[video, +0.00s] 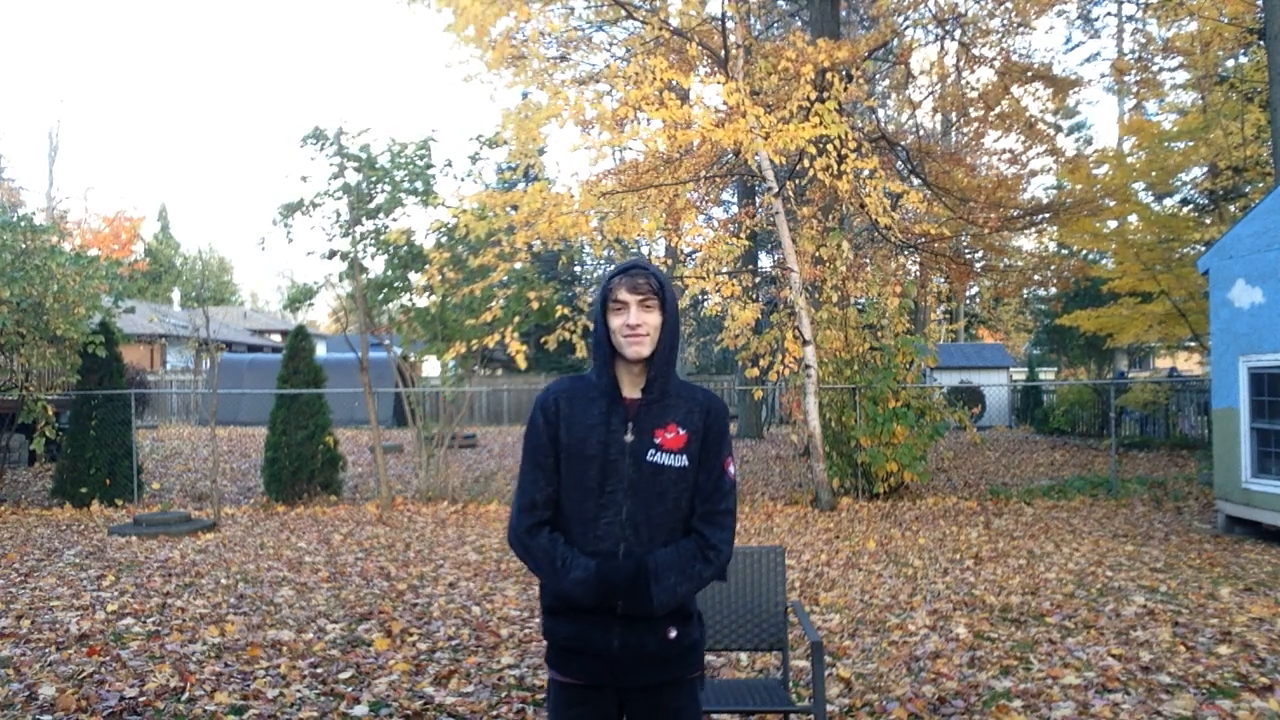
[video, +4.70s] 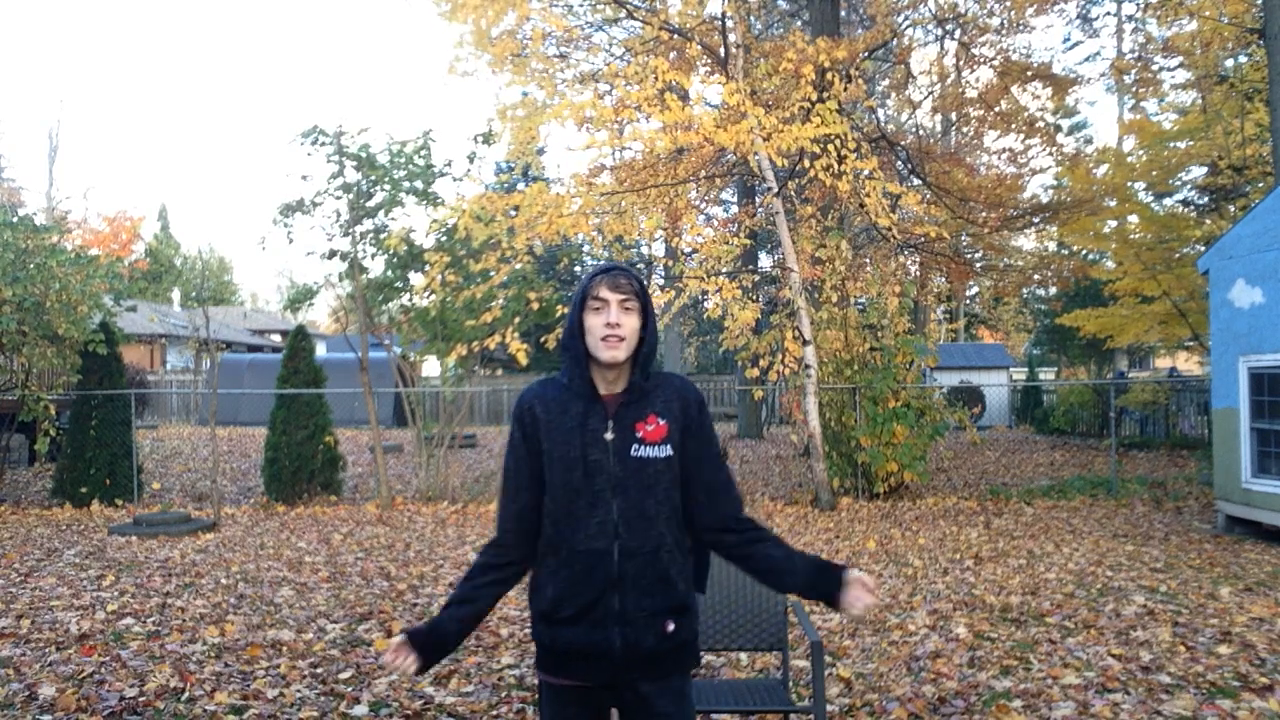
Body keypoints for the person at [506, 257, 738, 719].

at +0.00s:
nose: (632, 320)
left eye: (645, 307)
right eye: (618, 308)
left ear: (667, 319)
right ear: (603, 321)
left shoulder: (702, 411)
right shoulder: (559, 404)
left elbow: (715, 539)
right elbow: (526, 525)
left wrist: (645, 579)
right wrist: (592, 579)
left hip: (668, 654)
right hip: (578, 654)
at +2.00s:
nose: (626, 311)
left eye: (642, 299)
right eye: (613, 298)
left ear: (661, 316)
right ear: (596, 312)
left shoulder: (703, 399)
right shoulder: (559, 403)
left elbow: (735, 520)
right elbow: (534, 527)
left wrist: (669, 566)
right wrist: (608, 570)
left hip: (684, 645)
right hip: (594, 648)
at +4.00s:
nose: (630, 320)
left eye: (644, 308)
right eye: (616, 307)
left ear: (660, 322)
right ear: (597, 320)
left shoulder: (695, 409)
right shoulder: (553, 410)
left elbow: (723, 532)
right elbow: (536, 533)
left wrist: (654, 578)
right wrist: (601, 595)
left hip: (678, 653)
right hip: (589, 656)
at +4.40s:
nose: (627, 313)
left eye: (642, 301)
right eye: (614, 300)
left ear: (660, 317)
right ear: (595, 314)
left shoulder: (697, 400)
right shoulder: (553, 401)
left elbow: (762, 498)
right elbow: (501, 509)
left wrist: (680, 538)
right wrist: (593, 553)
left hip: (681, 645)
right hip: (590, 649)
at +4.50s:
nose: (620, 313)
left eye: (634, 300)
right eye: (606, 300)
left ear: (652, 317)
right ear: (586, 315)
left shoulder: (690, 391)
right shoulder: (547, 392)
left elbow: (783, 468)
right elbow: (481, 486)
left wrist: (756, 555)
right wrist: (521, 572)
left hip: (673, 638)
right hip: (582, 641)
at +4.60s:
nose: (617, 322)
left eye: (631, 310)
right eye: (603, 309)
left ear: (649, 325)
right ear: (582, 321)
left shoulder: (684, 402)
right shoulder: (537, 408)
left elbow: (761, 503)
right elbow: (483, 521)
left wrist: (851, 595)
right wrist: (437, 637)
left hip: (665, 650)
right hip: (573, 653)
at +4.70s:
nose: (612, 321)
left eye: (626, 309)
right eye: (598, 308)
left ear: (645, 323)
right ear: (577, 321)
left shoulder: (678, 402)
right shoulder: (540, 408)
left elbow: (725, 526)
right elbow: (511, 544)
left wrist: (824, 580)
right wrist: (437, 635)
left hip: (659, 648)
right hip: (566, 652)